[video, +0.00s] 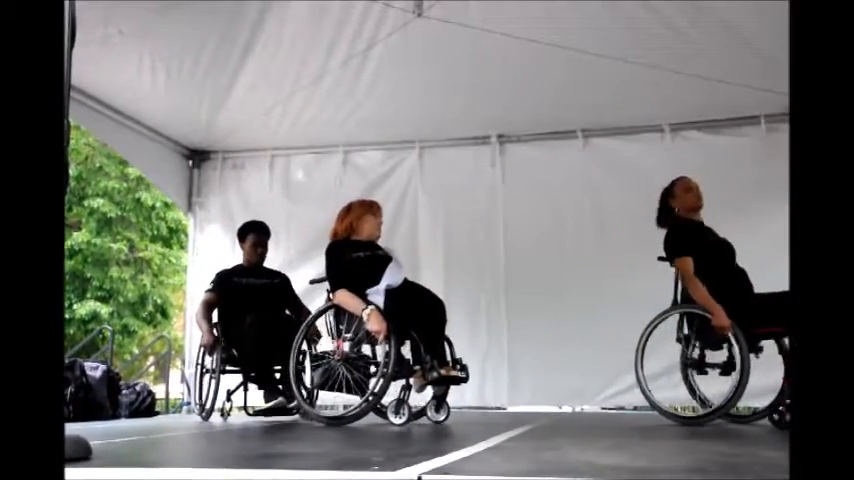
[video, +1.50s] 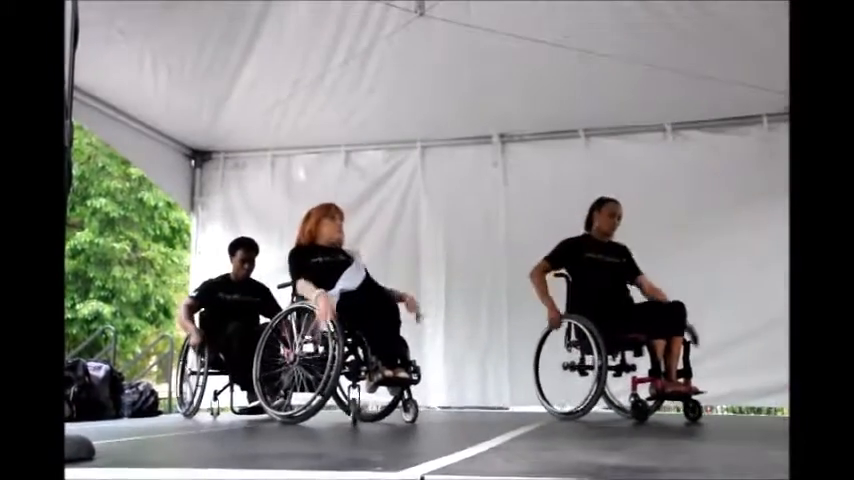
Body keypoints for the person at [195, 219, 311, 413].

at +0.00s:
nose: (261, 250)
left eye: (264, 245)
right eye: (255, 245)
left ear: (268, 246)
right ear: (242, 244)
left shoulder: (279, 280)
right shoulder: (226, 278)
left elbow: (300, 309)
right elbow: (204, 308)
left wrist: (310, 326)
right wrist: (207, 333)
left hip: (273, 339)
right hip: (239, 341)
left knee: (291, 327)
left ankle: (291, 392)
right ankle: (271, 393)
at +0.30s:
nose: (259, 251)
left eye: (262, 246)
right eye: (254, 246)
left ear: (265, 247)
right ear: (239, 245)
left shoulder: (273, 280)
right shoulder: (221, 280)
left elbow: (290, 309)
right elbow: (200, 309)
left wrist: (304, 327)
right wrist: (198, 331)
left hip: (269, 342)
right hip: (235, 345)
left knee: (289, 323)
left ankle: (289, 391)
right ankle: (268, 392)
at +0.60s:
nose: (256, 255)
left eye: (259, 251)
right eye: (251, 250)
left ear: (263, 252)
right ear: (237, 248)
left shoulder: (268, 281)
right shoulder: (219, 281)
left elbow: (297, 301)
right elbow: (184, 307)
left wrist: (322, 302)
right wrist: (148, 328)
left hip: (262, 343)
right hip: (230, 347)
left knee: (282, 323)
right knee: (247, 327)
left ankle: (286, 389)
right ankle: (264, 392)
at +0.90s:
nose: (251, 258)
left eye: (254, 253)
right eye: (246, 253)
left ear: (258, 253)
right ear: (233, 251)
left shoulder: (262, 279)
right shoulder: (215, 278)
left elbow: (292, 273)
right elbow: (177, 281)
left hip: (257, 342)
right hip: (225, 346)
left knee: (275, 325)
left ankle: (279, 391)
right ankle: (258, 392)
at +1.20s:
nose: (245, 261)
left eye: (248, 256)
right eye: (240, 256)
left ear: (252, 256)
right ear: (228, 255)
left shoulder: (258, 284)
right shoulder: (213, 283)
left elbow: (291, 298)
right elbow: (185, 302)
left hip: (253, 342)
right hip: (222, 344)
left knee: (268, 327)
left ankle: (274, 392)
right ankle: (255, 393)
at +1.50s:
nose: (248, 266)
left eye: (252, 261)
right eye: (244, 261)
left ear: (255, 262)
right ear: (232, 259)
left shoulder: (259, 291)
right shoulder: (214, 287)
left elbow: (282, 319)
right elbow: (186, 310)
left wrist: (289, 344)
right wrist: (193, 332)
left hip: (249, 346)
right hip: (216, 348)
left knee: (273, 331)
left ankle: (272, 394)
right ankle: (256, 395)